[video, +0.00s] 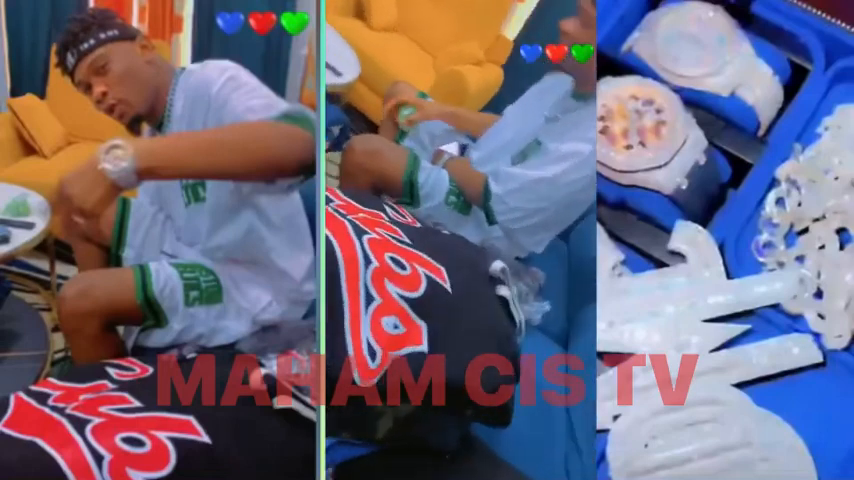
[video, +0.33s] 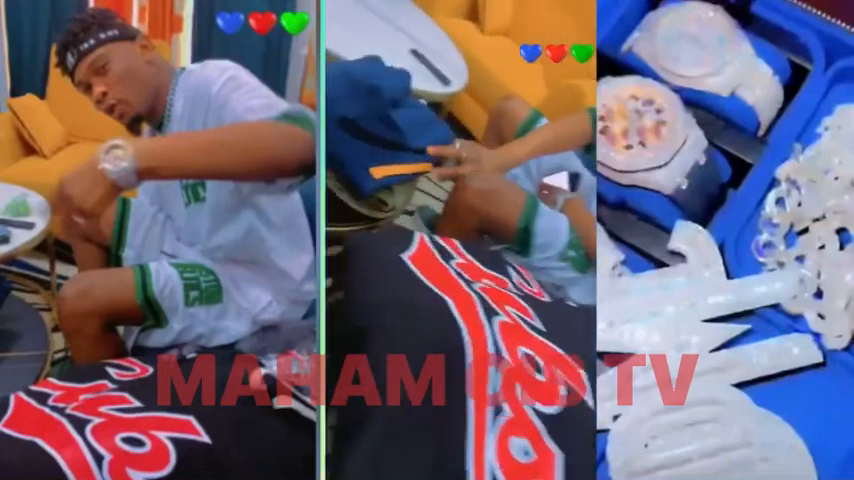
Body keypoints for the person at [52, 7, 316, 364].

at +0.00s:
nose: (98, 94)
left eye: (102, 70)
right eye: (87, 89)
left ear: (144, 48)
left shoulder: (214, 81)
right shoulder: (152, 132)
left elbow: (298, 145)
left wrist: (131, 160)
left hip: (260, 278)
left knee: (80, 300)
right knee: (84, 215)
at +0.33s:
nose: (98, 94)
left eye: (102, 70)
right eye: (87, 89)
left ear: (144, 48)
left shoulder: (214, 81)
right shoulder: (152, 132)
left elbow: (297, 145)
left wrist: (131, 160)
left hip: (260, 280)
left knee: (80, 300)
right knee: (84, 212)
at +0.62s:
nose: (98, 94)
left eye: (102, 70)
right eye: (87, 89)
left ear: (144, 48)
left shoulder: (214, 81)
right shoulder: (152, 132)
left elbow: (297, 146)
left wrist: (131, 160)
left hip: (259, 279)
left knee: (81, 300)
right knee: (84, 215)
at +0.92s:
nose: (98, 94)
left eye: (102, 70)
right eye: (87, 89)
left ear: (144, 48)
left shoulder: (214, 81)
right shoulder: (152, 132)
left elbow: (297, 146)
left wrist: (131, 160)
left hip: (259, 278)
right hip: (190, 250)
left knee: (80, 300)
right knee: (84, 212)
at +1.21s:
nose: (98, 94)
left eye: (102, 70)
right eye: (87, 89)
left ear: (144, 48)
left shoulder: (214, 81)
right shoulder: (153, 133)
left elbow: (298, 145)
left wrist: (131, 160)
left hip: (260, 279)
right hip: (191, 251)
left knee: (80, 300)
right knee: (86, 215)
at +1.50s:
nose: (98, 94)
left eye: (102, 70)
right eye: (87, 89)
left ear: (144, 48)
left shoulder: (213, 81)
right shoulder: (152, 132)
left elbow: (298, 145)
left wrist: (131, 160)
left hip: (259, 278)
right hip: (190, 251)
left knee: (80, 300)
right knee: (84, 214)